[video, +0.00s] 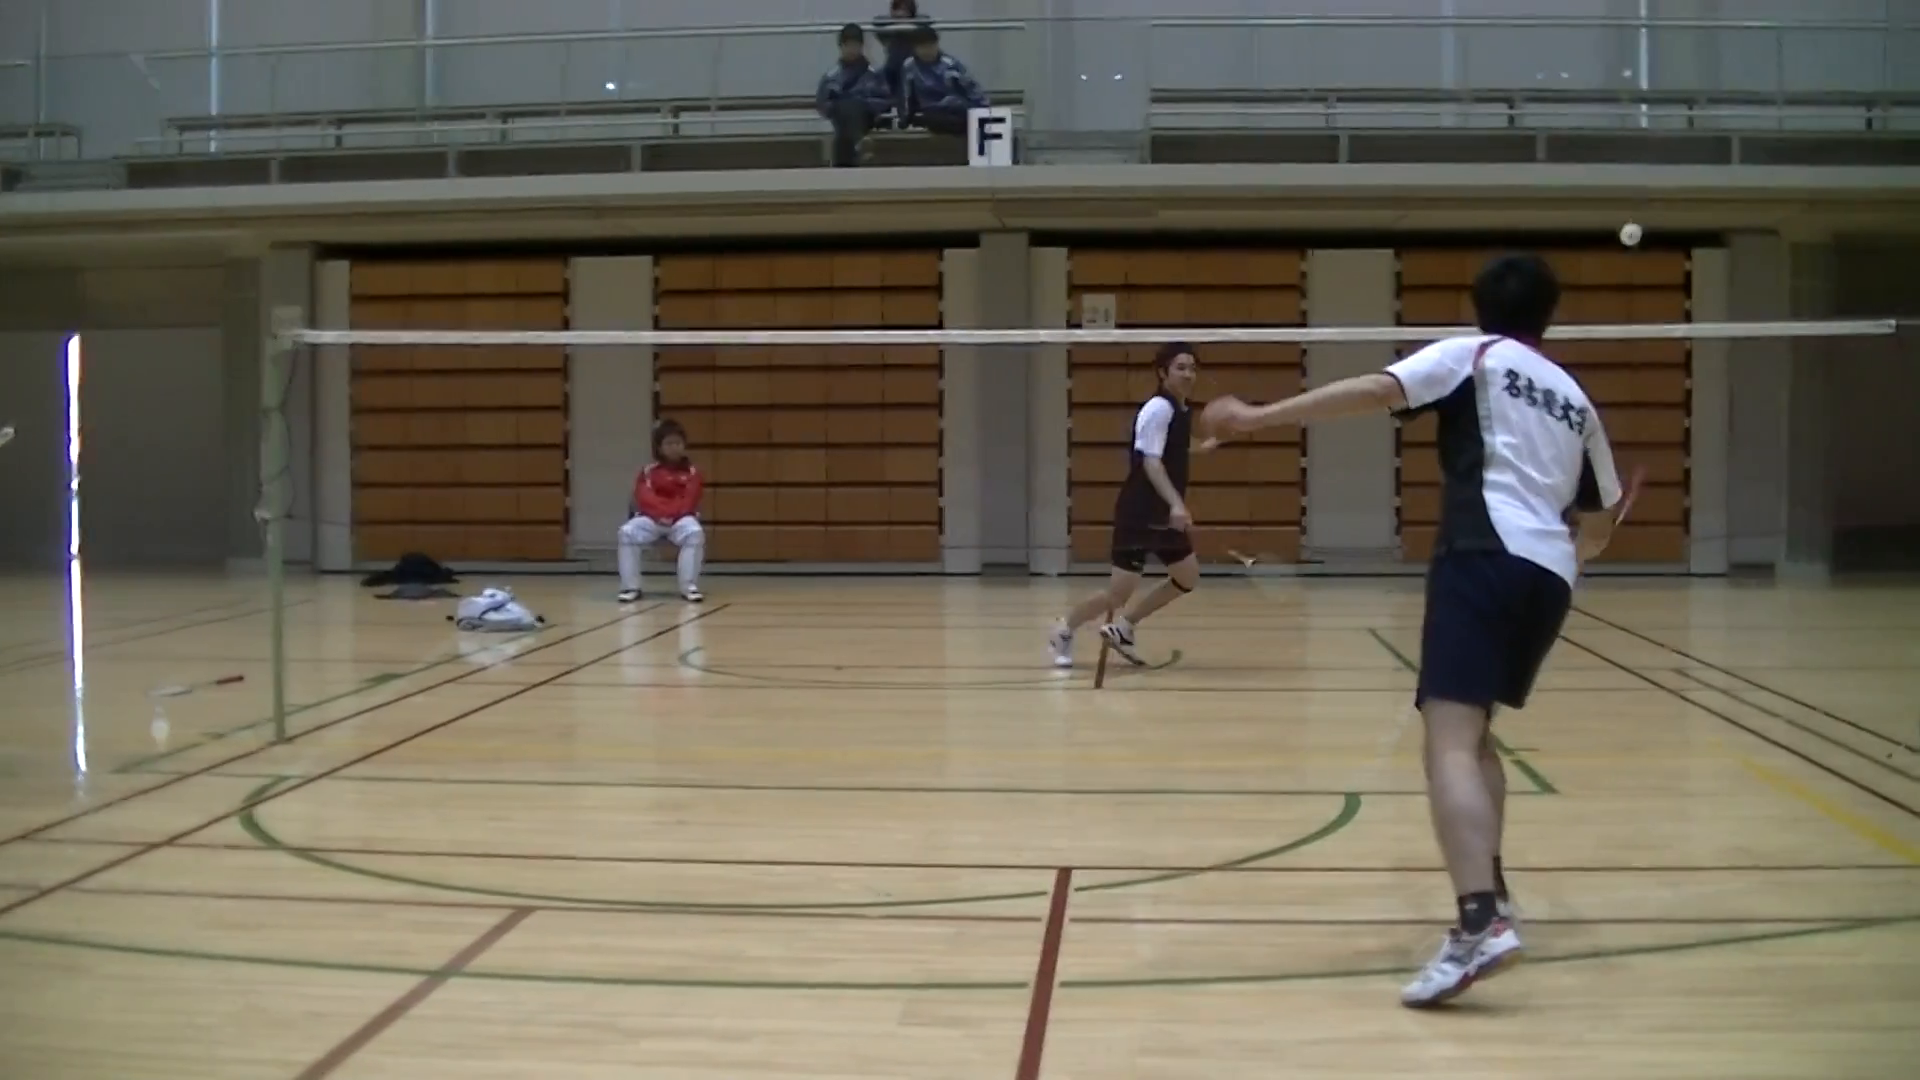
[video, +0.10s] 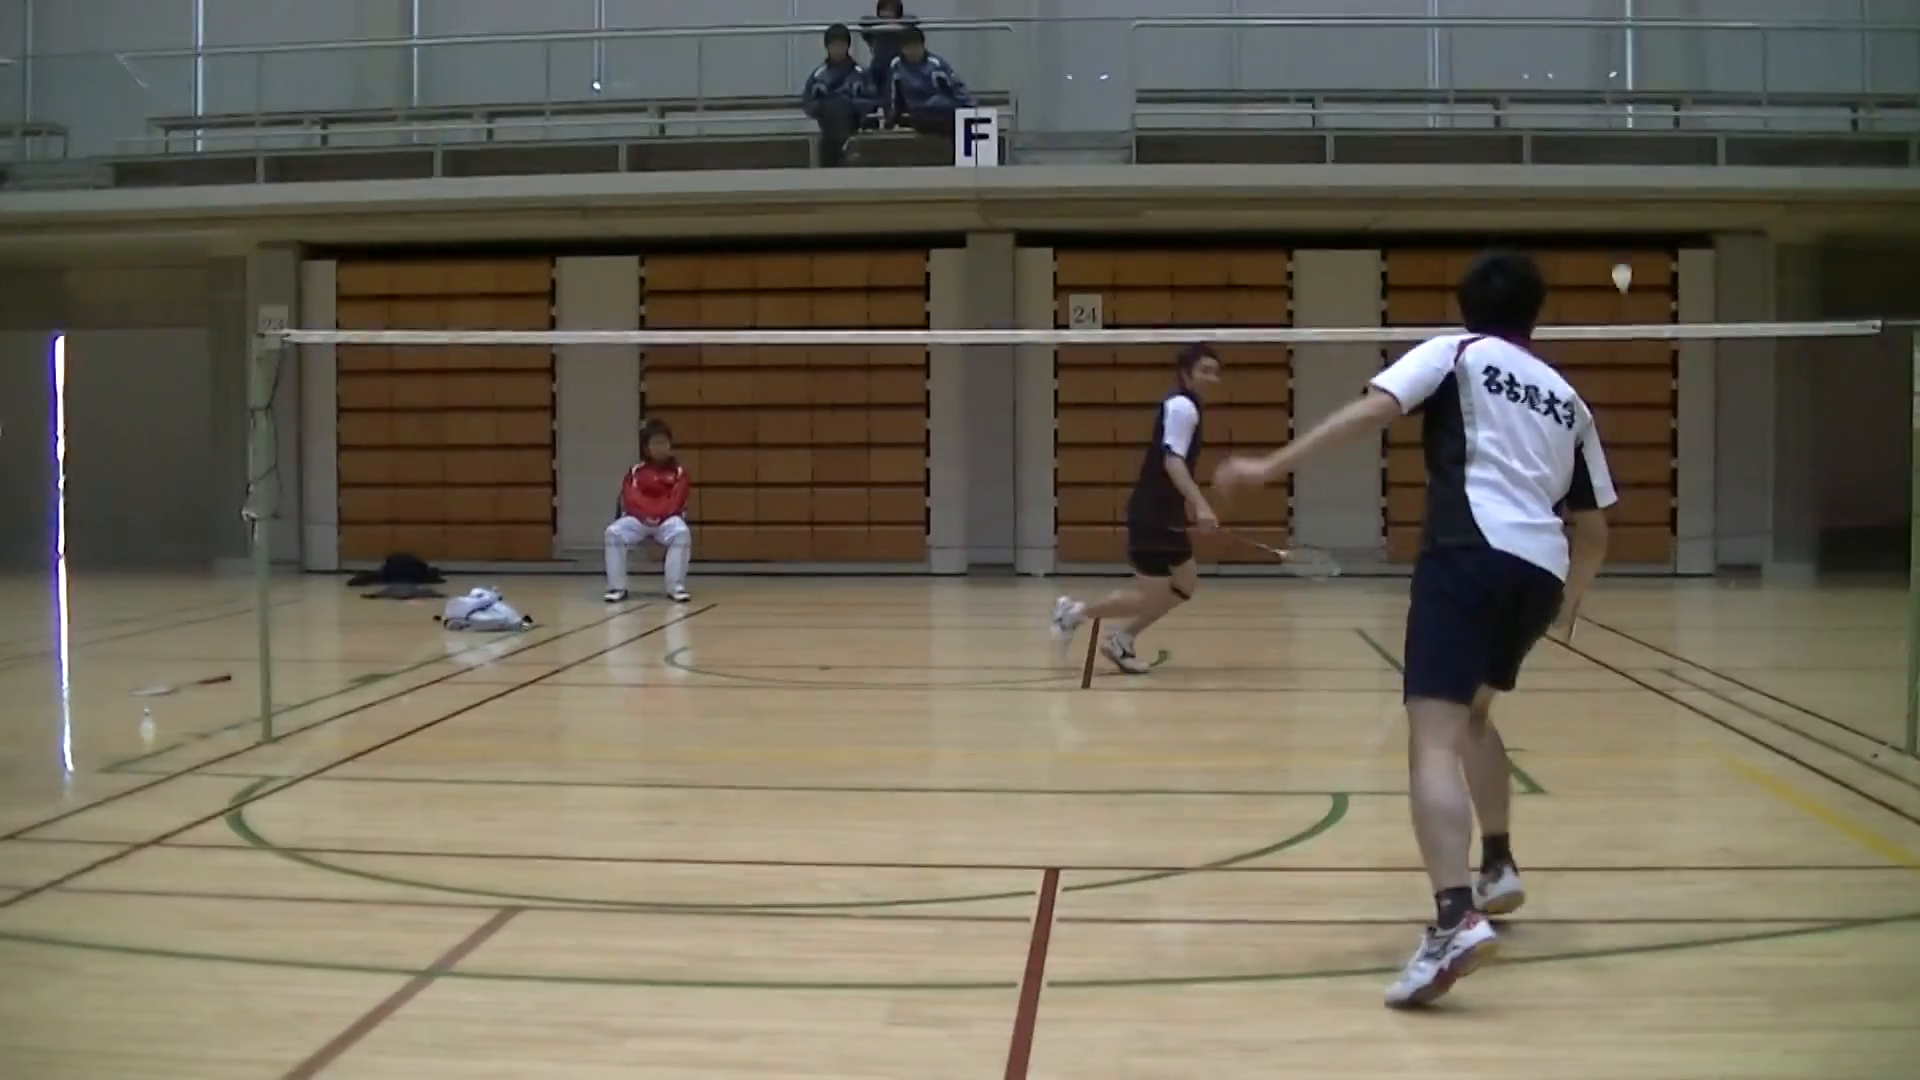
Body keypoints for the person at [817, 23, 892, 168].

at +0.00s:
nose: (851, 50)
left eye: (855, 45)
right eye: (847, 45)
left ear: (861, 47)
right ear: (840, 47)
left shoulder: (875, 76)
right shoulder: (830, 77)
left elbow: (886, 102)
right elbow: (822, 104)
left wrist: (862, 105)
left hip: (869, 119)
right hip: (840, 119)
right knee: (850, 106)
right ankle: (861, 144)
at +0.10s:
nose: (838, 50)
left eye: (842, 44)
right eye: (833, 44)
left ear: (848, 46)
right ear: (827, 47)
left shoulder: (861, 74)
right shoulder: (818, 75)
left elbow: (872, 101)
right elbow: (808, 103)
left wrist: (848, 106)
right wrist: (828, 110)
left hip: (855, 126)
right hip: (828, 127)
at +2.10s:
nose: (833, 52)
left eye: (837, 47)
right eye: (829, 48)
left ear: (843, 49)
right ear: (822, 50)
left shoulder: (855, 74)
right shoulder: (813, 76)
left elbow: (867, 103)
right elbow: (803, 107)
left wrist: (843, 108)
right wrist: (823, 109)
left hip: (848, 122)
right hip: (821, 123)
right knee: (830, 106)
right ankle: (840, 145)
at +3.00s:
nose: (833, 40)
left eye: (837, 36)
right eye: (828, 36)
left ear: (843, 37)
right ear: (822, 38)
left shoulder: (855, 63)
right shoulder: (813, 65)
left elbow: (868, 92)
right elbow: (803, 97)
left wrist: (842, 95)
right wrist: (821, 96)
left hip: (848, 115)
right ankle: (841, 134)